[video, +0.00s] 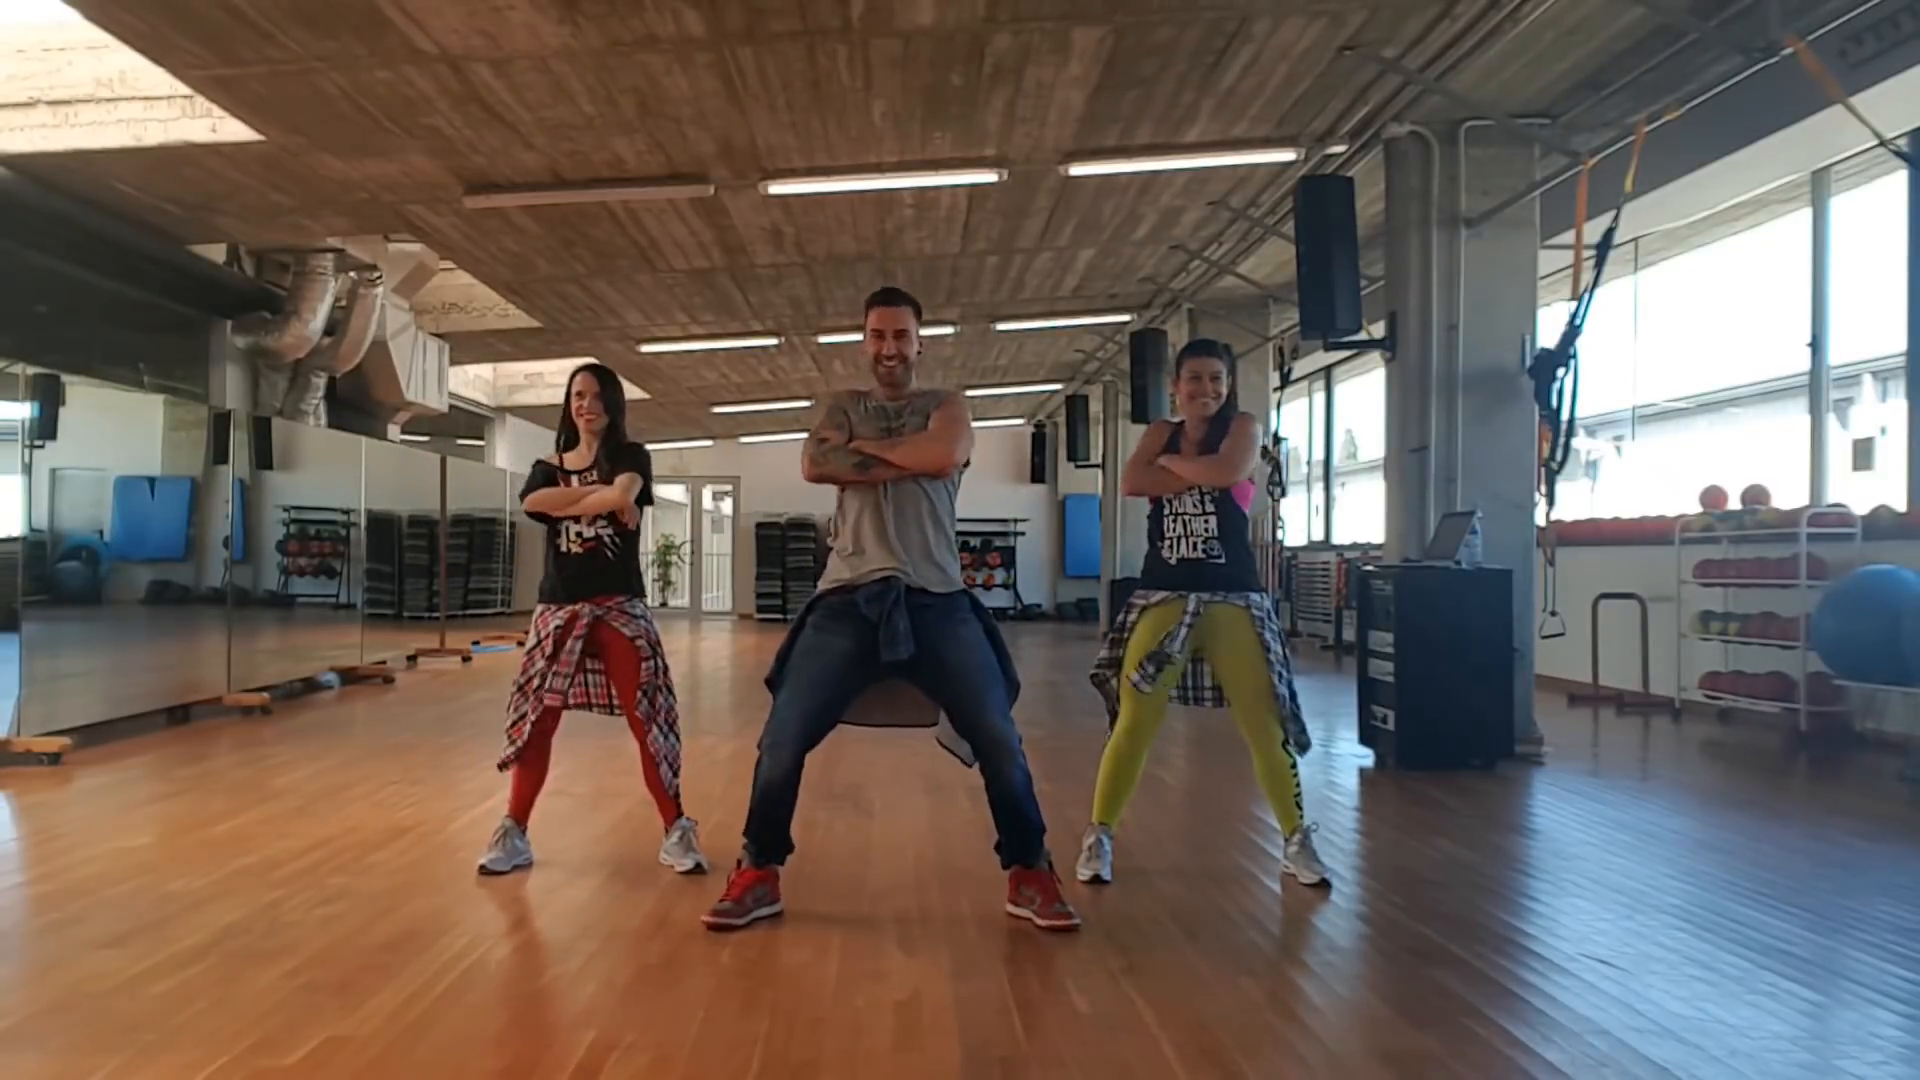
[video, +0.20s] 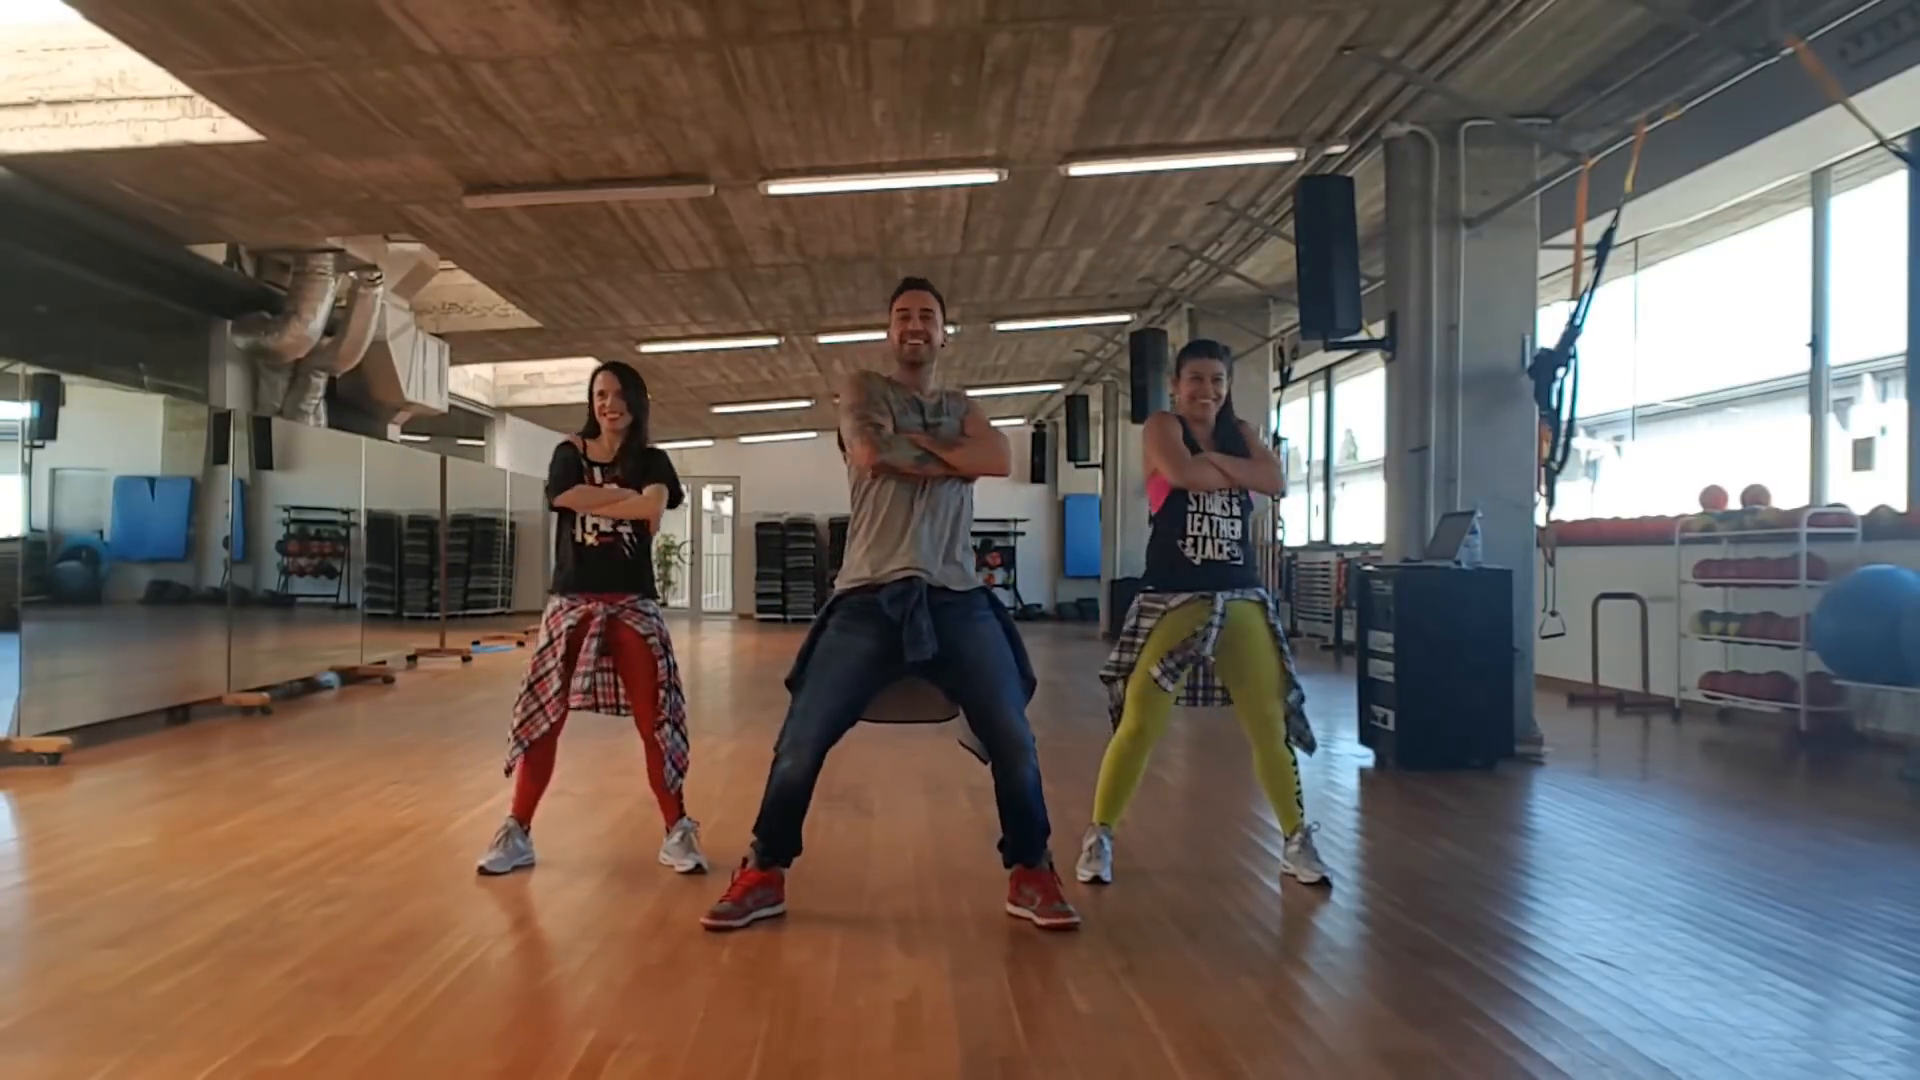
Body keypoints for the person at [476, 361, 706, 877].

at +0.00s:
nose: (586, 404)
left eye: (595, 397)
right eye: (578, 396)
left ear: (612, 404)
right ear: (568, 405)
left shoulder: (631, 455)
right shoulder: (550, 463)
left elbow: (619, 498)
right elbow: (532, 502)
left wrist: (561, 505)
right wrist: (601, 494)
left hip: (618, 602)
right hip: (558, 606)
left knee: (645, 713)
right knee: (539, 715)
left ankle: (676, 829)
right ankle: (514, 832)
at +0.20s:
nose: (608, 403)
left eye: (617, 395)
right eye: (601, 395)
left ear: (637, 402)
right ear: (591, 403)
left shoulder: (653, 461)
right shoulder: (572, 450)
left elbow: (652, 508)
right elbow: (563, 495)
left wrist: (590, 501)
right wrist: (632, 499)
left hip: (632, 600)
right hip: (571, 598)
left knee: (654, 718)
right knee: (544, 711)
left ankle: (678, 831)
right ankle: (517, 832)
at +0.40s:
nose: (610, 405)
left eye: (618, 397)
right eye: (602, 397)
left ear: (638, 404)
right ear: (592, 405)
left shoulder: (651, 459)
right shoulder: (573, 447)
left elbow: (644, 503)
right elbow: (558, 491)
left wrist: (583, 499)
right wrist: (629, 500)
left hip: (631, 604)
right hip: (570, 601)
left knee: (652, 720)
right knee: (540, 714)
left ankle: (677, 831)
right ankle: (516, 831)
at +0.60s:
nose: (589, 406)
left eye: (598, 398)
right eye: (581, 398)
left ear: (616, 403)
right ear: (573, 403)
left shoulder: (633, 449)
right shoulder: (555, 450)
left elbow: (616, 487)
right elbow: (532, 490)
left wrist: (559, 496)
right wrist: (607, 487)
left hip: (623, 600)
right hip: (562, 602)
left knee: (650, 716)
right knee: (538, 714)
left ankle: (677, 831)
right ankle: (516, 832)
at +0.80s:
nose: (574, 408)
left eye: (584, 400)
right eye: (567, 400)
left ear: (603, 407)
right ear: (557, 409)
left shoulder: (624, 452)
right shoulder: (549, 471)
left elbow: (613, 496)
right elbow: (529, 514)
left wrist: (554, 510)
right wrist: (597, 493)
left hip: (618, 600)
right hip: (559, 605)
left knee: (643, 716)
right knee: (543, 717)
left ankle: (675, 831)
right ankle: (516, 832)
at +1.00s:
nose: (593, 404)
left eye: (602, 396)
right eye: (585, 396)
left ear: (621, 403)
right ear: (575, 402)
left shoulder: (638, 450)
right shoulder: (558, 453)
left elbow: (640, 489)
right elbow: (555, 492)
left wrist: (580, 487)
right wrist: (625, 483)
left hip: (628, 598)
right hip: (567, 599)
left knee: (649, 713)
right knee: (541, 712)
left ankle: (677, 830)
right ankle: (515, 832)